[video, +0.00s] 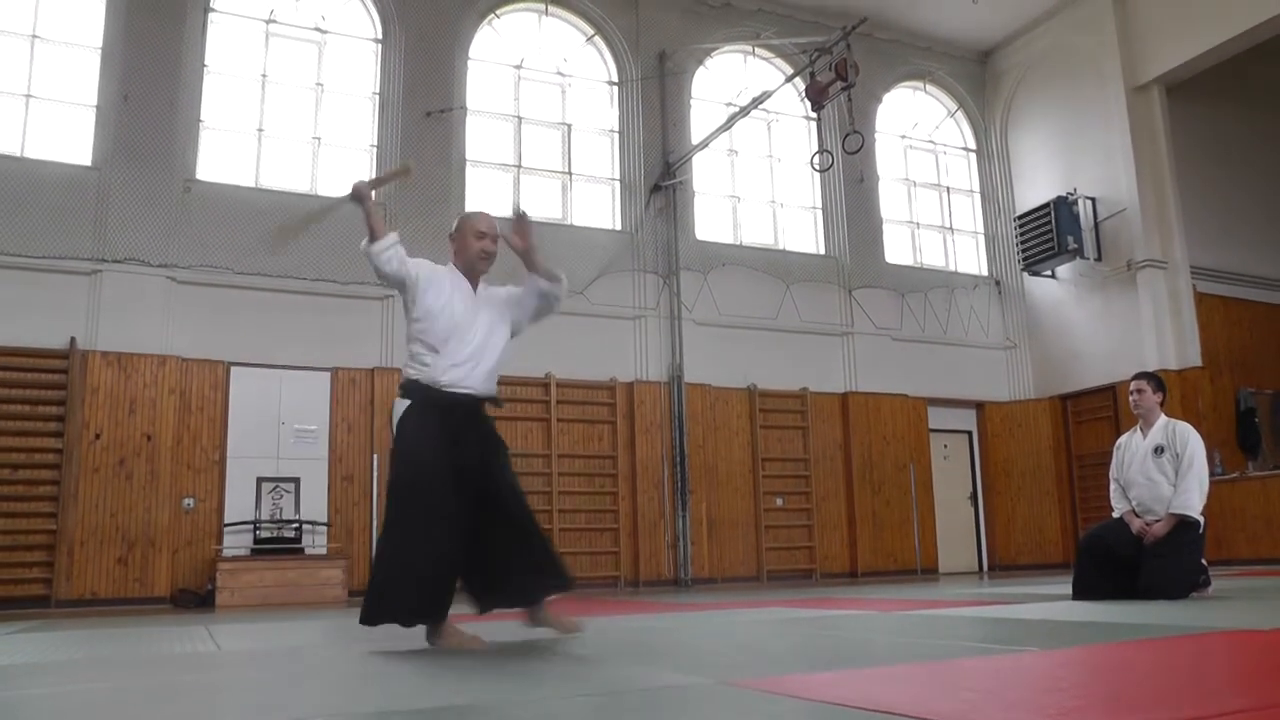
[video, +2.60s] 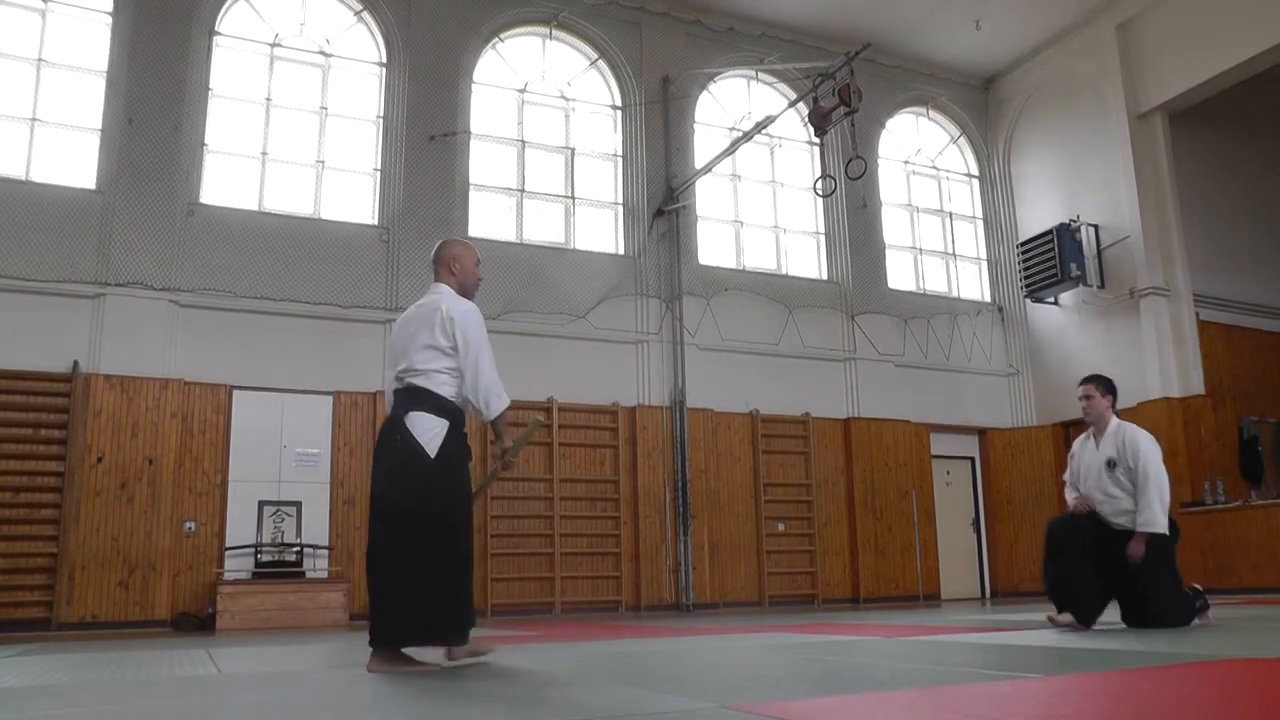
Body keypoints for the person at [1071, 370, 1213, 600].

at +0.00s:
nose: (1133, 398)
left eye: (1140, 392)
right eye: (1131, 394)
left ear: (1158, 396)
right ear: (1128, 400)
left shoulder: (1182, 433)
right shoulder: (1123, 443)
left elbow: (1193, 484)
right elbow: (1115, 488)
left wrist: (1166, 524)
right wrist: (1132, 520)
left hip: (1178, 525)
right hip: (1134, 525)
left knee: (1157, 589)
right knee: (1093, 544)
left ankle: (1198, 573)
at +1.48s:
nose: (1139, 416)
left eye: (1145, 410)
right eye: (1136, 411)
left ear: (1164, 416)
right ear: (1133, 417)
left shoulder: (1186, 452)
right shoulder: (1126, 460)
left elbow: (1197, 503)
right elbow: (1117, 504)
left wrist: (1168, 543)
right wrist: (1133, 538)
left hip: (1180, 544)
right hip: (1135, 543)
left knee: (1157, 608)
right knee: (1093, 566)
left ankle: (1198, 592)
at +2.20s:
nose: (1124, 423)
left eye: (1130, 417)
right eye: (1121, 418)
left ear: (1149, 422)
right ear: (1119, 423)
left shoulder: (1177, 459)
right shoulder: (1115, 468)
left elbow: (1196, 512)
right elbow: (1111, 515)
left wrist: (1167, 553)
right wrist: (1133, 548)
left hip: (1179, 553)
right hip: (1134, 552)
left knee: (1159, 615)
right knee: (1094, 576)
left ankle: (1200, 599)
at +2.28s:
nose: (1118, 418)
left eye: (1124, 411)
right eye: (1115, 413)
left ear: (1143, 416)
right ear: (1112, 418)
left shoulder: (1172, 454)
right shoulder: (1110, 462)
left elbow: (1188, 506)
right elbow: (1106, 508)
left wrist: (1165, 549)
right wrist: (1125, 541)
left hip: (1174, 549)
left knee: (1158, 616)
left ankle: (1199, 599)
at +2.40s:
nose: (1108, 407)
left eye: (1114, 401)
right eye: (1106, 402)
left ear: (1134, 403)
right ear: (1104, 408)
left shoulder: (1160, 443)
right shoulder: (1102, 450)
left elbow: (1177, 493)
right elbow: (1096, 492)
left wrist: (1158, 538)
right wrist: (1101, 518)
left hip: (1165, 539)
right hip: (1123, 539)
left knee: (1156, 618)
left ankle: (1199, 599)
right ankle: (1124, 607)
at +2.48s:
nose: (1099, 403)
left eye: (1105, 396)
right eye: (1097, 398)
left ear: (1125, 399)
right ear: (1096, 403)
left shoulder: (1152, 439)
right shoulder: (1094, 446)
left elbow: (1168, 489)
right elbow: (1087, 486)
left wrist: (1151, 534)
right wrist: (1087, 507)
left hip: (1158, 534)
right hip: (1117, 534)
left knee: (1152, 618)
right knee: (1080, 541)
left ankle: (1197, 599)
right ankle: (1113, 607)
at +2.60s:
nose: (1083, 404)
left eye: (1089, 398)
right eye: (1081, 399)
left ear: (1109, 401)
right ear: (1080, 404)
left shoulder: (1136, 439)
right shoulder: (1079, 446)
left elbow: (1154, 488)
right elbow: (1070, 484)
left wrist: (1141, 536)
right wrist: (1074, 500)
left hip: (1146, 534)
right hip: (1104, 533)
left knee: (1145, 618)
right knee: (1061, 530)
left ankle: (1195, 600)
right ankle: (1077, 612)